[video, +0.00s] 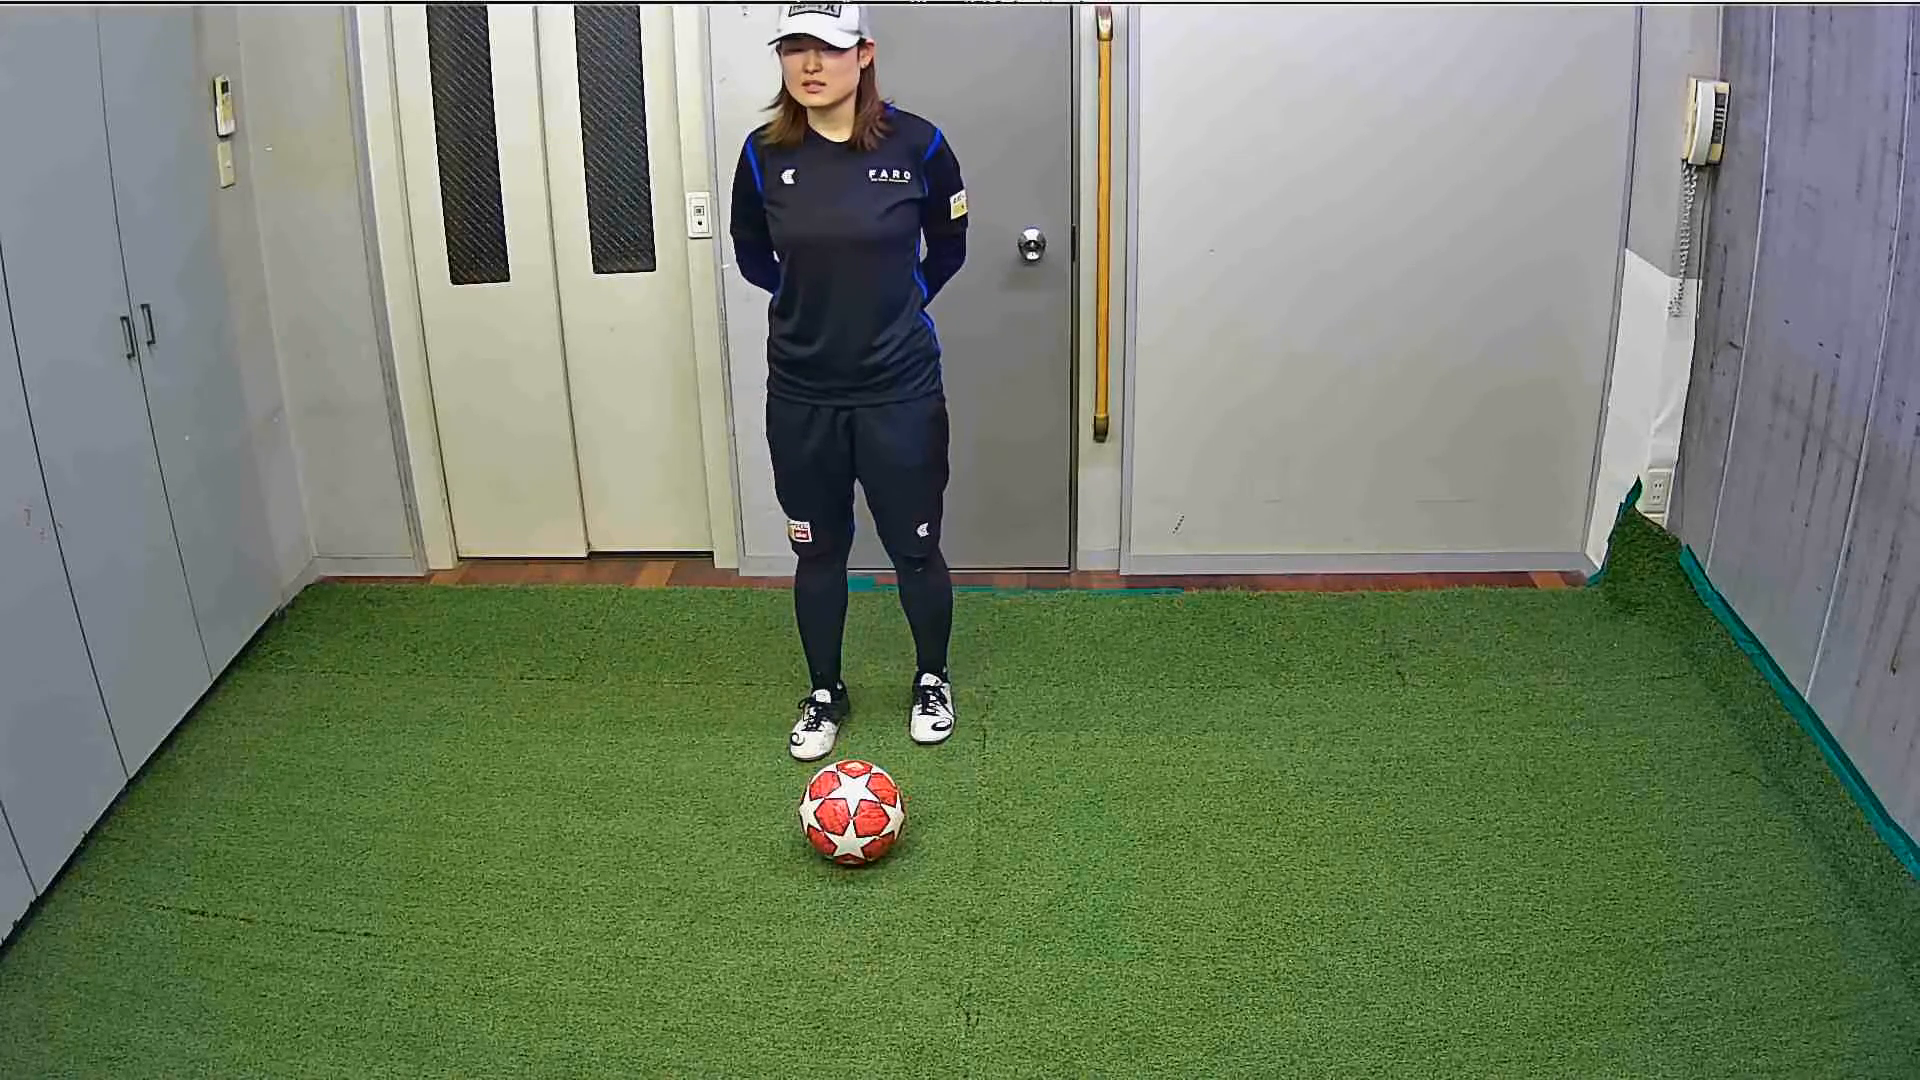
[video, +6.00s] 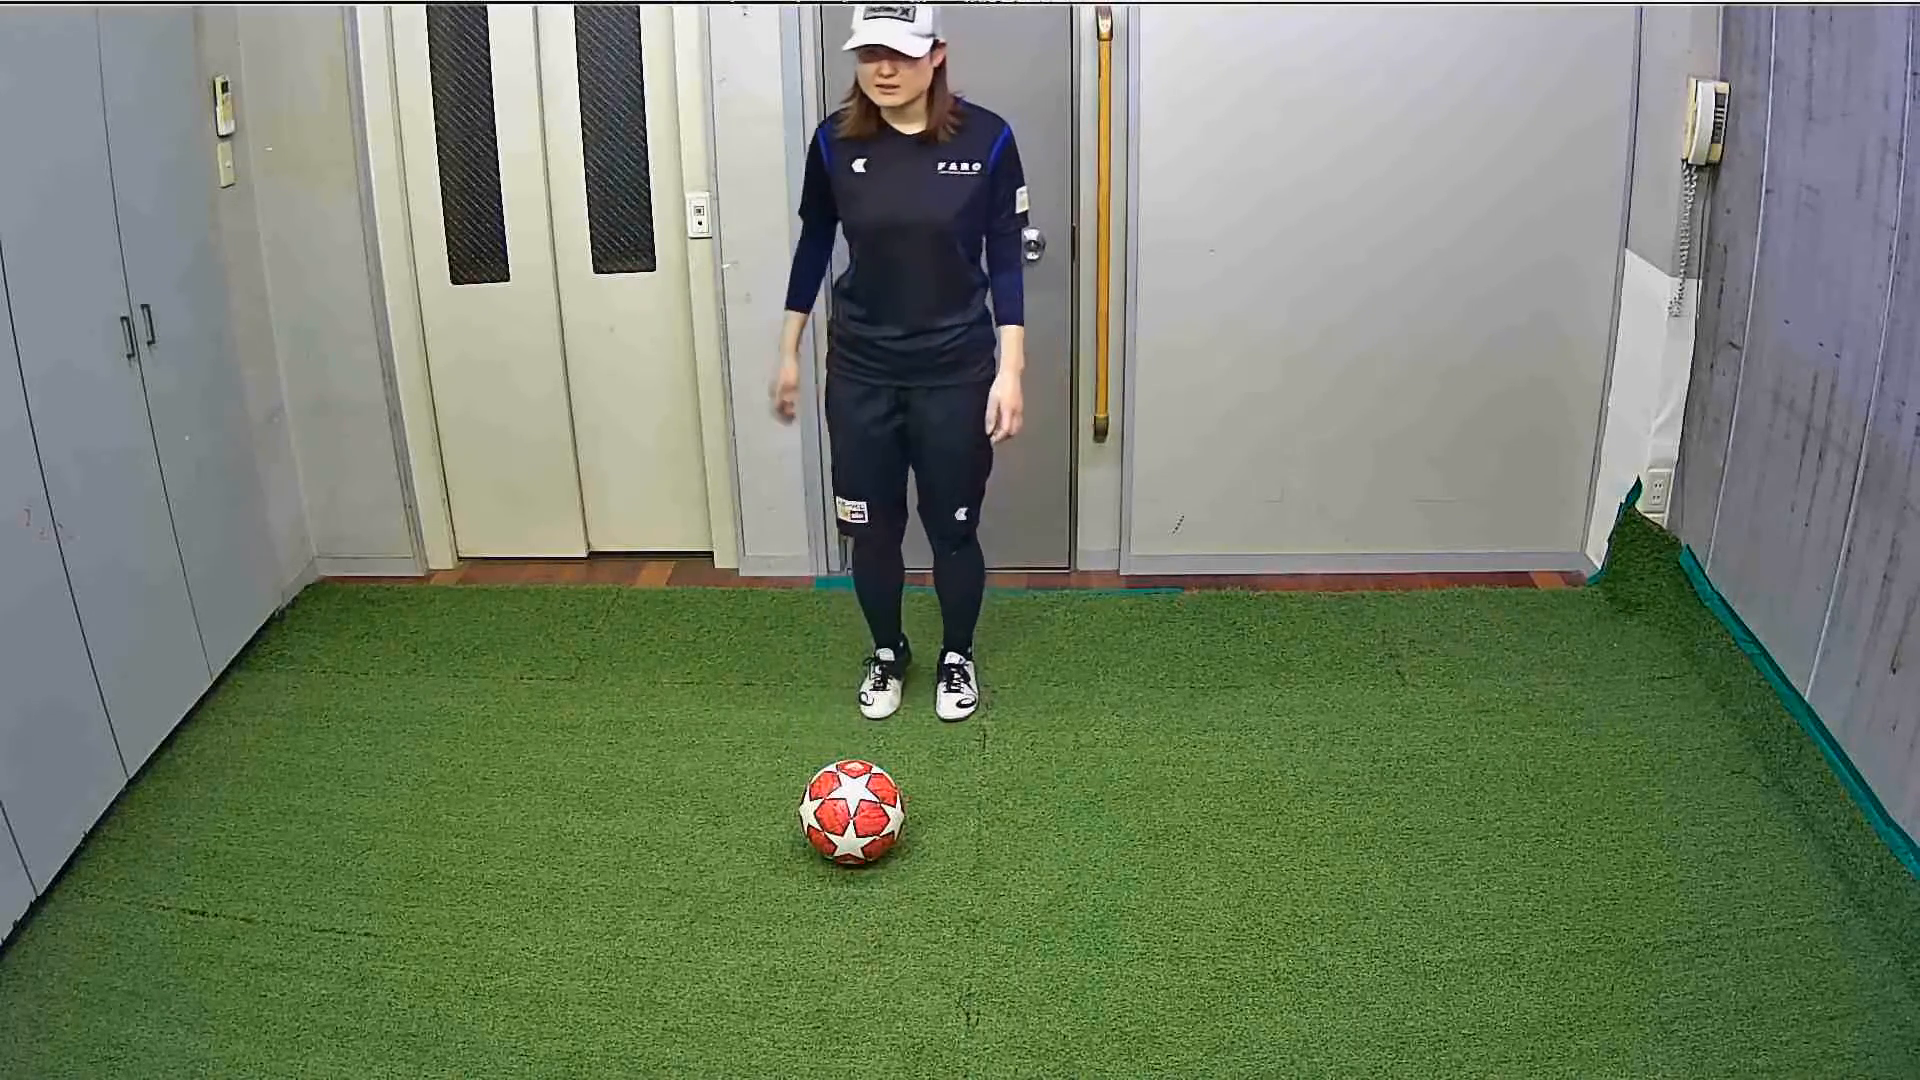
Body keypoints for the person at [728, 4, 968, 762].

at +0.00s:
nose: (809, 64)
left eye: (826, 49)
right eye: (796, 51)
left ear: (864, 56)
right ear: (781, 64)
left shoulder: (918, 145)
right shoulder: (762, 155)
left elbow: (950, 248)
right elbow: (750, 253)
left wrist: (894, 302)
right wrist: (810, 291)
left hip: (899, 385)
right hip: (801, 387)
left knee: (916, 548)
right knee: (814, 547)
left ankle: (931, 681)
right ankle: (825, 694)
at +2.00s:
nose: (787, 71)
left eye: (804, 55)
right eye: (773, 56)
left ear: (841, 59)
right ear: (759, 66)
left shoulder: (899, 145)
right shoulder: (743, 160)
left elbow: (932, 248)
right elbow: (731, 260)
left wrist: (875, 302)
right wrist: (794, 297)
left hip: (888, 388)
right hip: (788, 393)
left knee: (909, 549)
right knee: (809, 551)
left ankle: (932, 681)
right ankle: (824, 695)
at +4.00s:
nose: (890, 60)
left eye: (907, 47)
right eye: (878, 47)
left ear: (943, 56)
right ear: (863, 59)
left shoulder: (994, 142)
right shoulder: (845, 144)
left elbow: (1037, 226)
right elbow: (822, 240)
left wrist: (1045, 314)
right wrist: (872, 280)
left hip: (962, 366)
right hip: (868, 367)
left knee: (961, 522)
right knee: (851, 527)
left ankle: (956, 661)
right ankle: (830, 692)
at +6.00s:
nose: (883, 70)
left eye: (900, 56)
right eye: (870, 55)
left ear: (936, 57)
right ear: (856, 61)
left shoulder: (987, 138)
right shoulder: (835, 140)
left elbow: (1006, 257)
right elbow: (814, 241)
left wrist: (1010, 370)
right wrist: (789, 348)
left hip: (954, 367)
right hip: (859, 367)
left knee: (953, 528)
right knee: (867, 526)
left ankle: (956, 659)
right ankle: (887, 655)